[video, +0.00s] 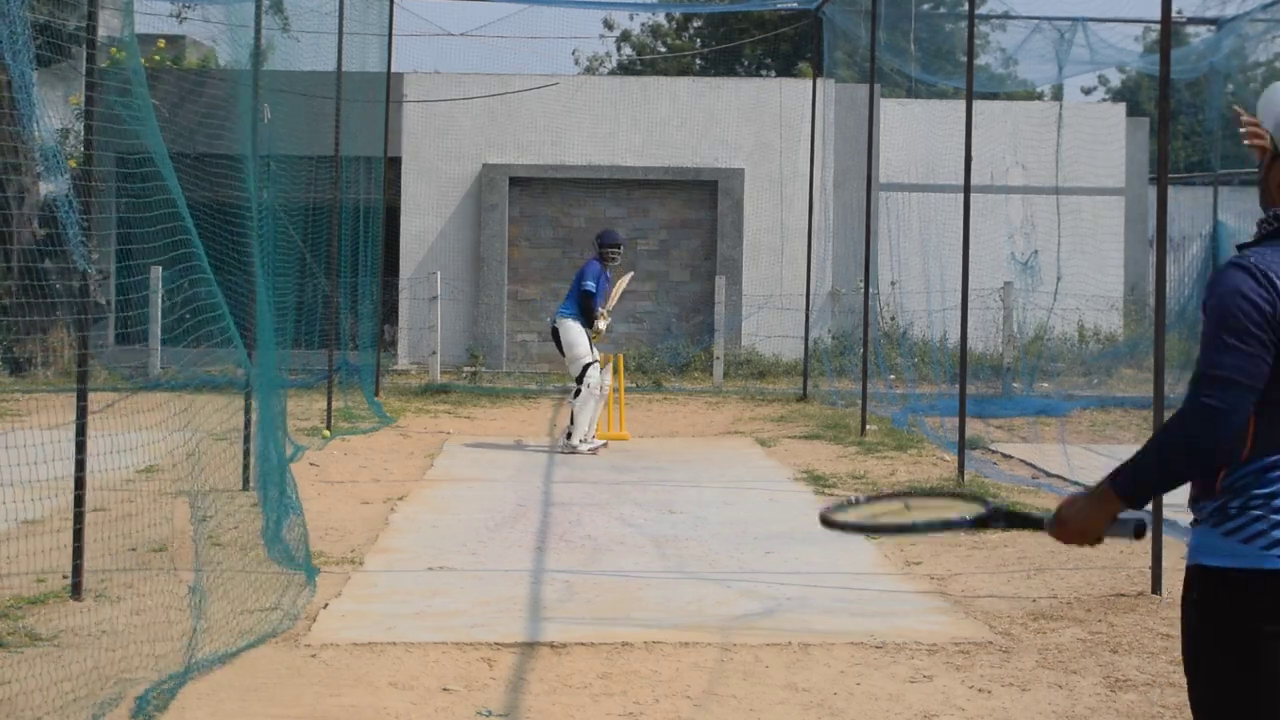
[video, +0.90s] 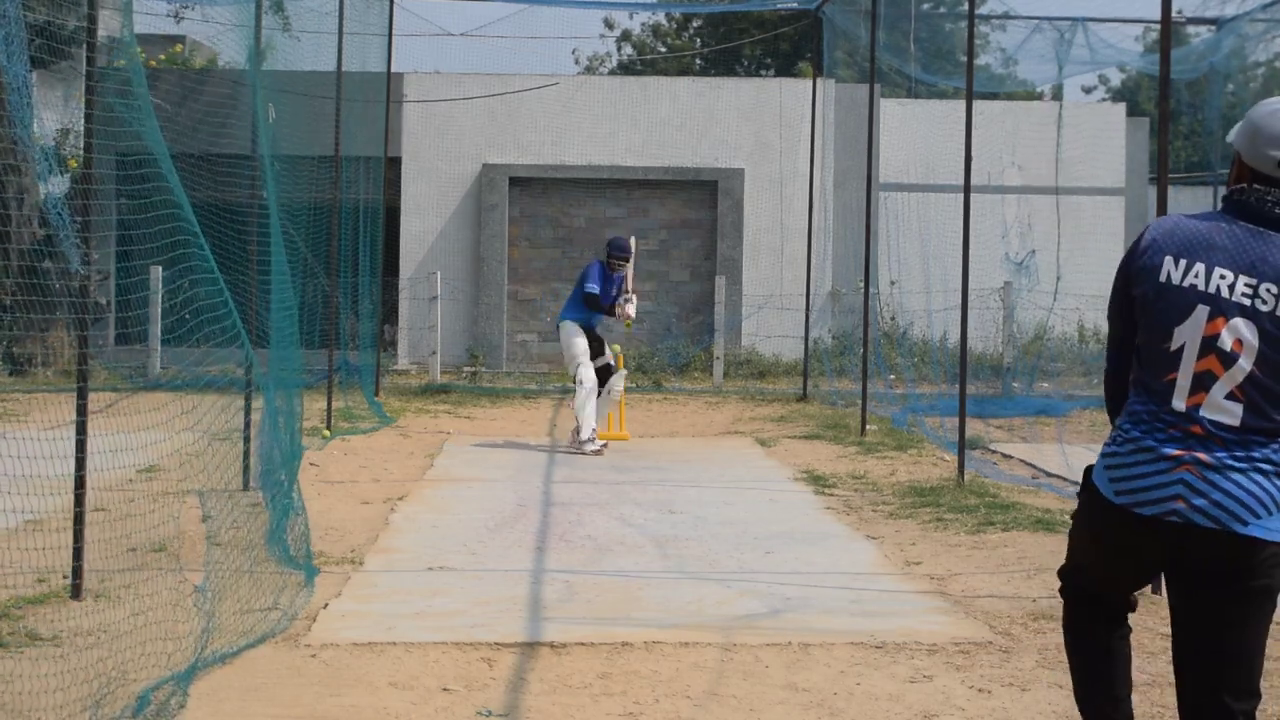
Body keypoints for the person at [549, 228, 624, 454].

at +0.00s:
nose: (613, 254)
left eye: (617, 250)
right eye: (609, 249)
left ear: (621, 251)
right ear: (600, 249)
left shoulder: (606, 275)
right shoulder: (593, 268)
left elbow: (602, 303)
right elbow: (587, 299)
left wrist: (603, 317)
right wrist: (596, 320)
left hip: (581, 325)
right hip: (569, 323)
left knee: (601, 380)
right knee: (590, 378)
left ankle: (585, 435)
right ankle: (574, 438)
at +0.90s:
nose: (618, 265)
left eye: (623, 262)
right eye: (615, 260)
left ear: (627, 262)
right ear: (608, 257)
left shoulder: (620, 277)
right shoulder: (595, 269)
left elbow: (614, 301)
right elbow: (590, 300)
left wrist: (625, 303)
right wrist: (615, 312)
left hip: (589, 327)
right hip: (571, 323)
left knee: (611, 378)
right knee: (586, 375)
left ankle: (583, 430)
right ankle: (584, 436)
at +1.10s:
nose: (617, 255)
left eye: (622, 252)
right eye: (614, 249)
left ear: (629, 251)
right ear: (609, 243)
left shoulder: (624, 266)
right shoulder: (598, 246)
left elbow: (598, 272)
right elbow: (580, 257)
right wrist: (562, 255)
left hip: (596, 312)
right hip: (574, 304)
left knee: (598, 368)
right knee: (597, 361)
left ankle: (589, 428)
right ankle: (601, 423)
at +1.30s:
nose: (607, 255)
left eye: (610, 252)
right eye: (605, 251)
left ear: (614, 252)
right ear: (605, 251)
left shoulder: (615, 273)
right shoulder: (595, 269)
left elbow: (582, 275)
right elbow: (578, 290)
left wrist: (574, 259)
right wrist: (564, 268)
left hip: (596, 326)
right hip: (571, 319)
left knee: (598, 378)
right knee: (582, 368)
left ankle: (589, 426)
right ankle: (591, 424)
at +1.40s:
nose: (604, 257)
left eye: (608, 254)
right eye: (602, 253)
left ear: (619, 254)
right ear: (600, 252)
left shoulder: (615, 276)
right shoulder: (603, 274)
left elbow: (580, 287)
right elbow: (578, 295)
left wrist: (565, 269)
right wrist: (558, 279)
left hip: (594, 332)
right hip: (573, 326)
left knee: (587, 383)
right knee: (558, 367)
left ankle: (588, 432)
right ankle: (566, 425)